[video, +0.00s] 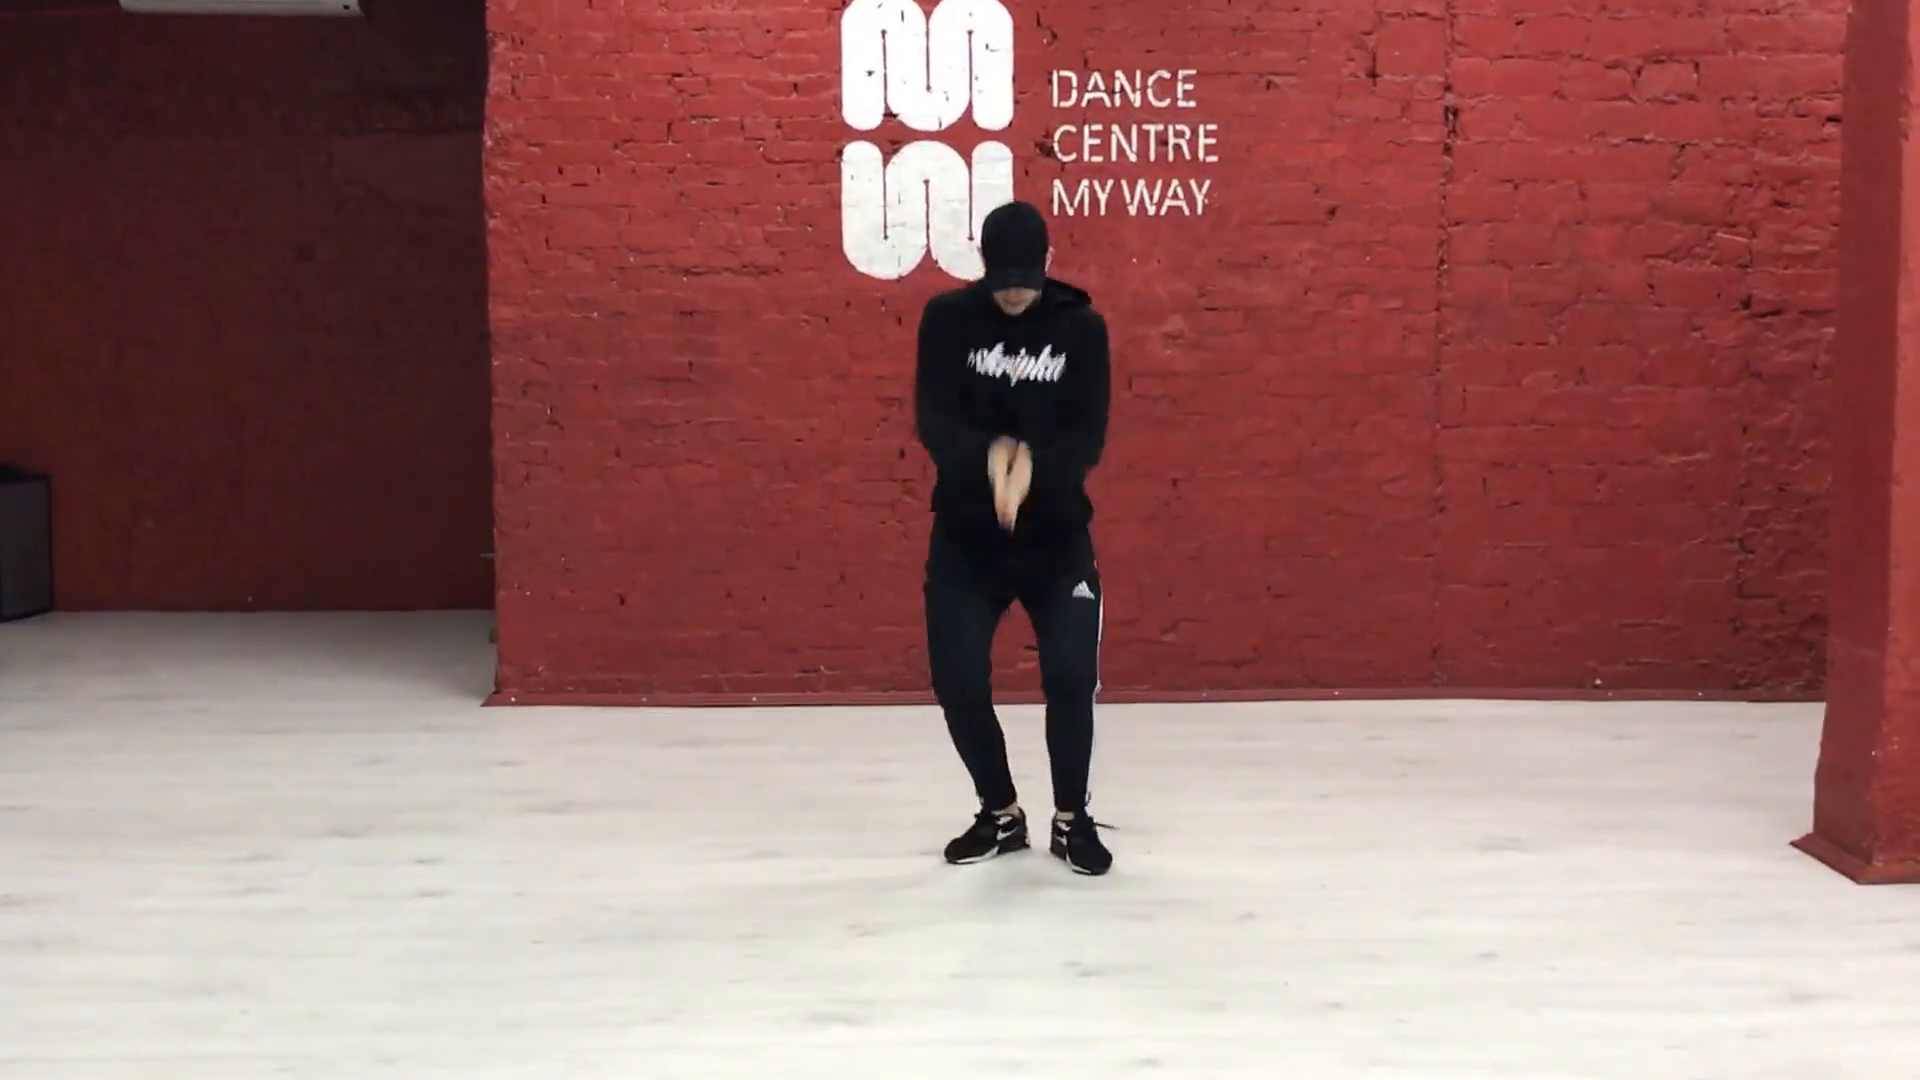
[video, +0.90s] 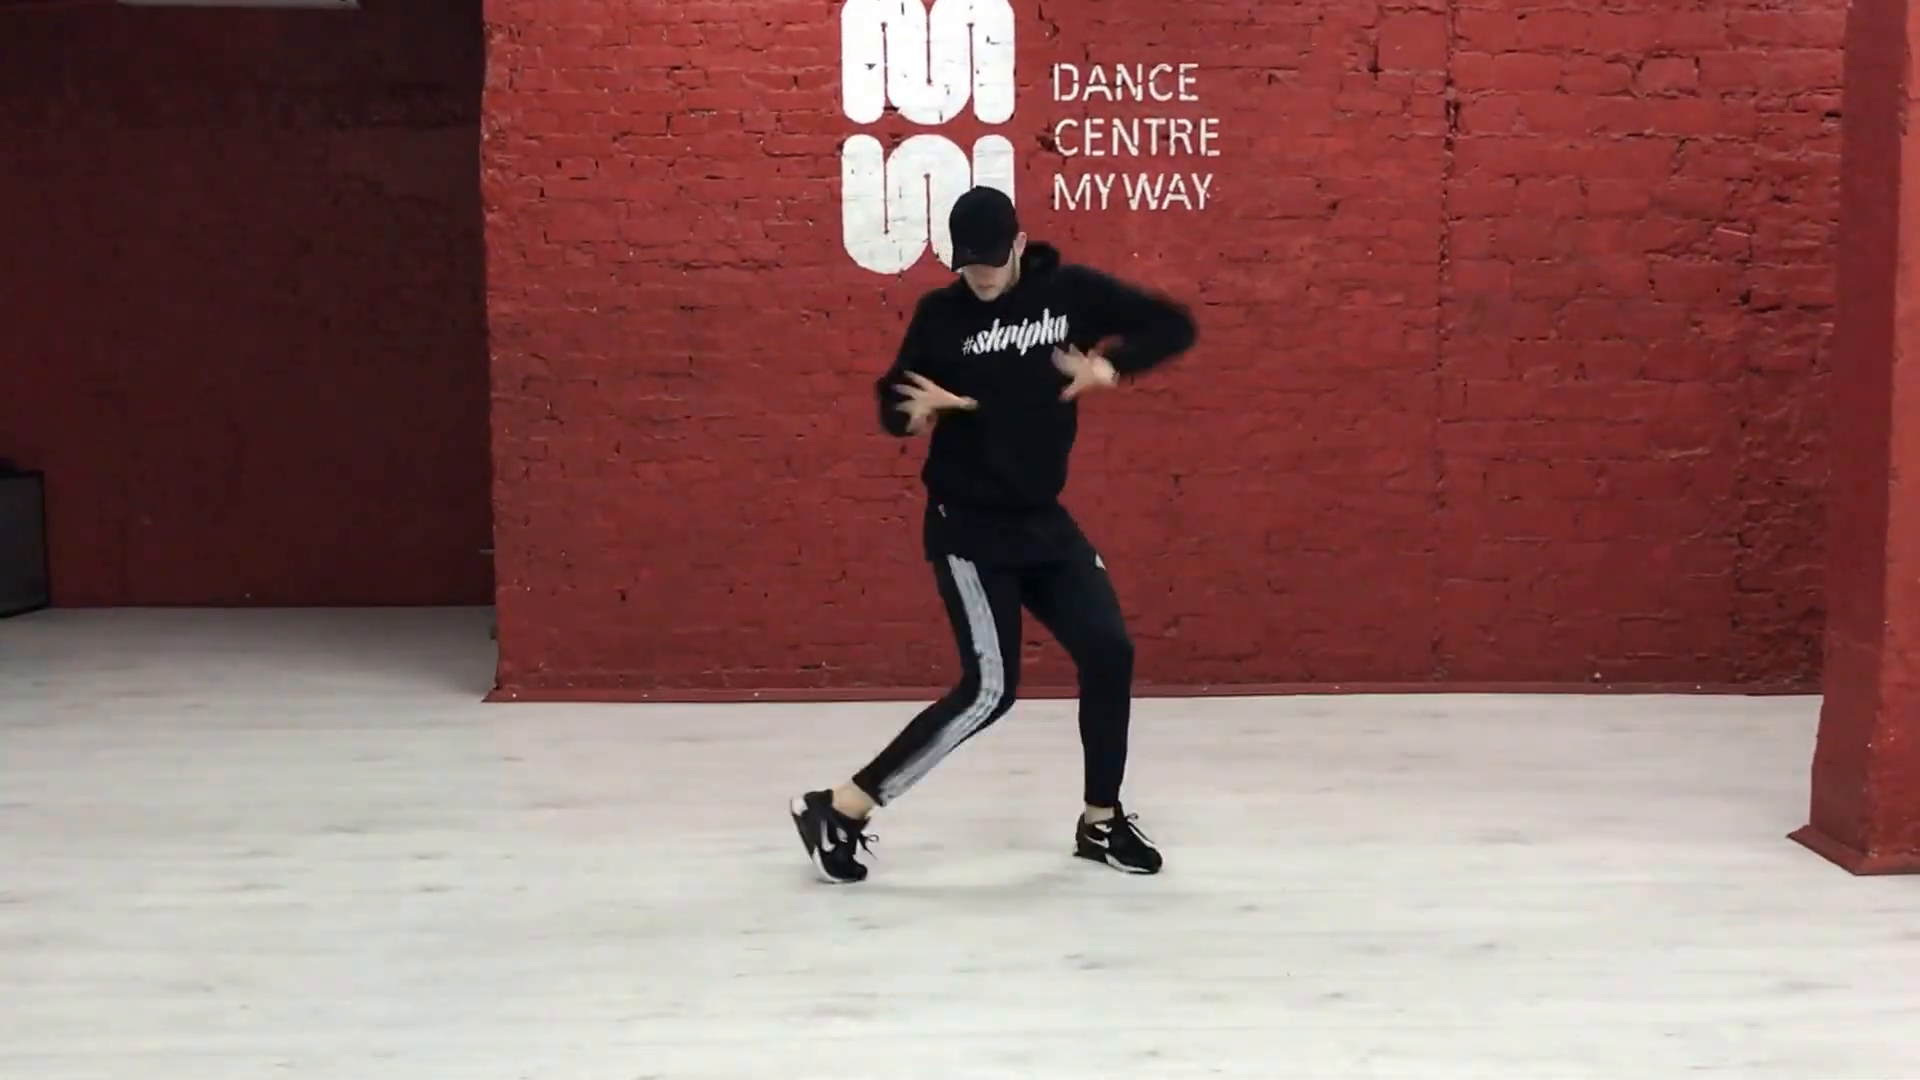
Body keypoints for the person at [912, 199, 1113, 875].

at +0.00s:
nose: (1016, 296)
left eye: (1027, 285)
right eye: (1004, 285)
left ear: (1045, 271)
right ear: (985, 271)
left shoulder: (1081, 326)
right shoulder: (947, 317)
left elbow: (1087, 439)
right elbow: (934, 423)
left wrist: (1030, 456)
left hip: (1055, 532)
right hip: (967, 533)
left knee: (1071, 674)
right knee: (956, 680)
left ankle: (1071, 816)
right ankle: (1000, 814)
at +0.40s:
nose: (994, 273)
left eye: (1005, 259)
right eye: (982, 261)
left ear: (1022, 250)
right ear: (962, 255)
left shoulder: (1055, 303)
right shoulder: (931, 316)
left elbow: (1064, 400)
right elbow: (914, 407)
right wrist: (921, 481)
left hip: (1028, 521)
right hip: (939, 524)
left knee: (1113, 635)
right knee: (922, 670)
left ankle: (1065, 781)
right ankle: (955, 803)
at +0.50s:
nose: (989, 279)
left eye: (998, 265)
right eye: (976, 267)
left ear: (1009, 250)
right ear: (945, 251)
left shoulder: (1040, 311)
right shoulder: (902, 307)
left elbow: (1106, 409)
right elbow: (910, 417)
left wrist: (1111, 487)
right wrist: (979, 478)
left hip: (1036, 524)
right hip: (954, 527)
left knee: (1057, 676)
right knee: (900, 670)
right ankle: (966, 805)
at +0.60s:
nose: (989, 272)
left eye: (997, 258)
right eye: (974, 262)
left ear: (1006, 245)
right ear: (942, 250)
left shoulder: (1034, 298)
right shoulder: (906, 306)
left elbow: (1100, 357)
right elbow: (889, 411)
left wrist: (1127, 402)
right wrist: (958, 432)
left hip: (1041, 515)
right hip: (962, 521)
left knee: (1074, 671)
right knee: (892, 659)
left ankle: (1202, 784)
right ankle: (968, 804)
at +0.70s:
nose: (980, 271)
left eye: (990, 258)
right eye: (966, 261)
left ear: (1008, 241)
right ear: (945, 252)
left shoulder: (1052, 275)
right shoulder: (922, 309)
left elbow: (1140, 291)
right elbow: (872, 408)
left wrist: (1135, 325)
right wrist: (914, 411)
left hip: (1055, 514)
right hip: (957, 518)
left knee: (1123, 641)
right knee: (884, 648)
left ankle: (1128, 786)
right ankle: (937, 784)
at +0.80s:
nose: (977, 282)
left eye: (987, 269)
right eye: (965, 270)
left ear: (1011, 248)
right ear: (948, 258)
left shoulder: (1061, 269)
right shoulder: (943, 317)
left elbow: (1170, 267)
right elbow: (894, 417)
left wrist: (1128, 320)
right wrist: (907, 414)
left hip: (1047, 513)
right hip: (967, 519)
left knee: (1114, 650)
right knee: (948, 674)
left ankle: (1103, 816)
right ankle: (836, 790)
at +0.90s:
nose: (980, 279)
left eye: (991, 266)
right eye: (968, 267)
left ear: (1017, 245)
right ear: (952, 256)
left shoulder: (1069, 291)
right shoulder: (940, 313)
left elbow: (1175, 325)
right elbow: (893, 403)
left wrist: (1114, 363)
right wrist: (913, 411)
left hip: (1041, 520)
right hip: (964, 526)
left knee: (1110, 653)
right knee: (989, 688)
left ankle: (1102, 817)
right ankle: (842, 808)